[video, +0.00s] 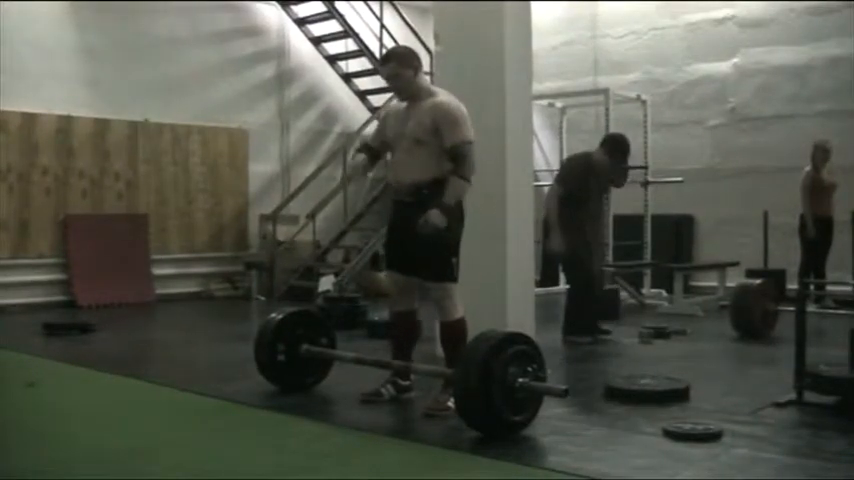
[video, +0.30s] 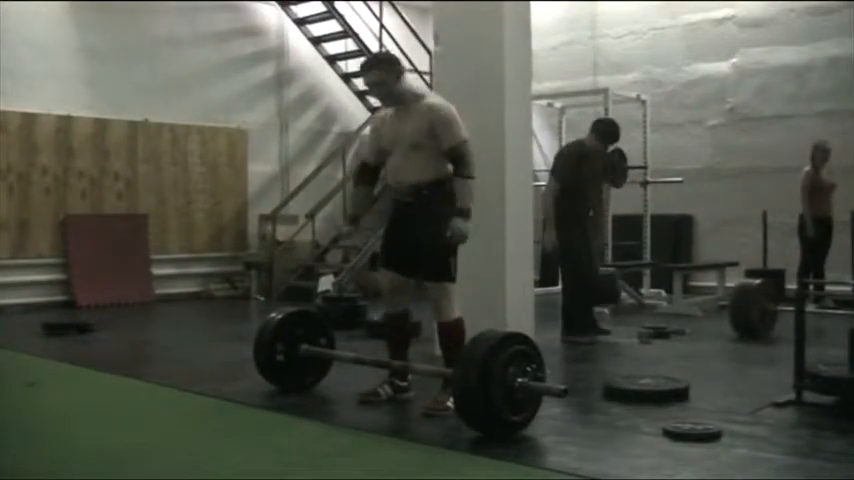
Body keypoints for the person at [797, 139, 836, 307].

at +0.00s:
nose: (824, 159)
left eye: (826, 155)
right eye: (821, 155)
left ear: (828, 157)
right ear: (814, 155)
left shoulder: (823, 175)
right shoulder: (809, 175)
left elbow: (824, 200)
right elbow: (806, 202)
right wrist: (809, 224)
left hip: (825, 220)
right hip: (811, 220)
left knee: (820, 259)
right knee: (808, 259)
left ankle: (820, 293)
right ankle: (803, 293)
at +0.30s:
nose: (824, 159)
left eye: (826, 155)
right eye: (821, 155)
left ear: (827, 157)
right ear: (813, 155)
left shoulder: (822, 175)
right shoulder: (809, 174)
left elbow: (824, 200)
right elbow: (805, 201)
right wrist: (809, 224)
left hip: (824, 221)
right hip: (811, 220)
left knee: (819, 259)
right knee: (808, 258)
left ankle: (820, 294)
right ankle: (802, 293)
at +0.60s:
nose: (824, 159)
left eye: (826, 156)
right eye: (821, 155)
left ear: (828, 157)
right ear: (814, 155)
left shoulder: (824, 175)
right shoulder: (809, 174)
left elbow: (825, 200)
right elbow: (805, 201)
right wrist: (809, 224)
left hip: (824, 221)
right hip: (811, 220)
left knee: (820, 259)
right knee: (808, 259)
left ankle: (820, 294)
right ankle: (803, 293)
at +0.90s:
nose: (823, 160)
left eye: (825, 157)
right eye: (820, 156)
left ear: (828, 158)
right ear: (813, 156)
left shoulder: (823, 175)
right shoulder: (809, 175)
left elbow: (824, 199)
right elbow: (805, 201)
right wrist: (809, 224)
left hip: (824, 220)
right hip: (811, 220)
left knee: (820, 259)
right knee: (808, 258)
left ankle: (820, 294)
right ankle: (803, 293)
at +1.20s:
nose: (822, 161)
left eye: (825, 158)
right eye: (820, 157)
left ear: (827, 159)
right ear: (814, 156)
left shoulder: (823, 175)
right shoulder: (808, 174)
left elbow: (823, 199)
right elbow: (804, 201)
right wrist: (808, 223)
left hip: (823, 220)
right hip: (811, 220)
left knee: (819, 259)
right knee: (808, 258)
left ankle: (820, 294)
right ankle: (802, 293)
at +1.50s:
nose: (822, 159)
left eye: (824, 156)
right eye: (819, 155)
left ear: (827, 158)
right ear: (813, 156)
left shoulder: (824, 174)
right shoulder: (808, 174)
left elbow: (823, 198)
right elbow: (804, 201)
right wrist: (807, 224)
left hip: (823, 220)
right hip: (809, 219)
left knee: (819, 260)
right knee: (807, 259)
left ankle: (819, 294)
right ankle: (802, 293)